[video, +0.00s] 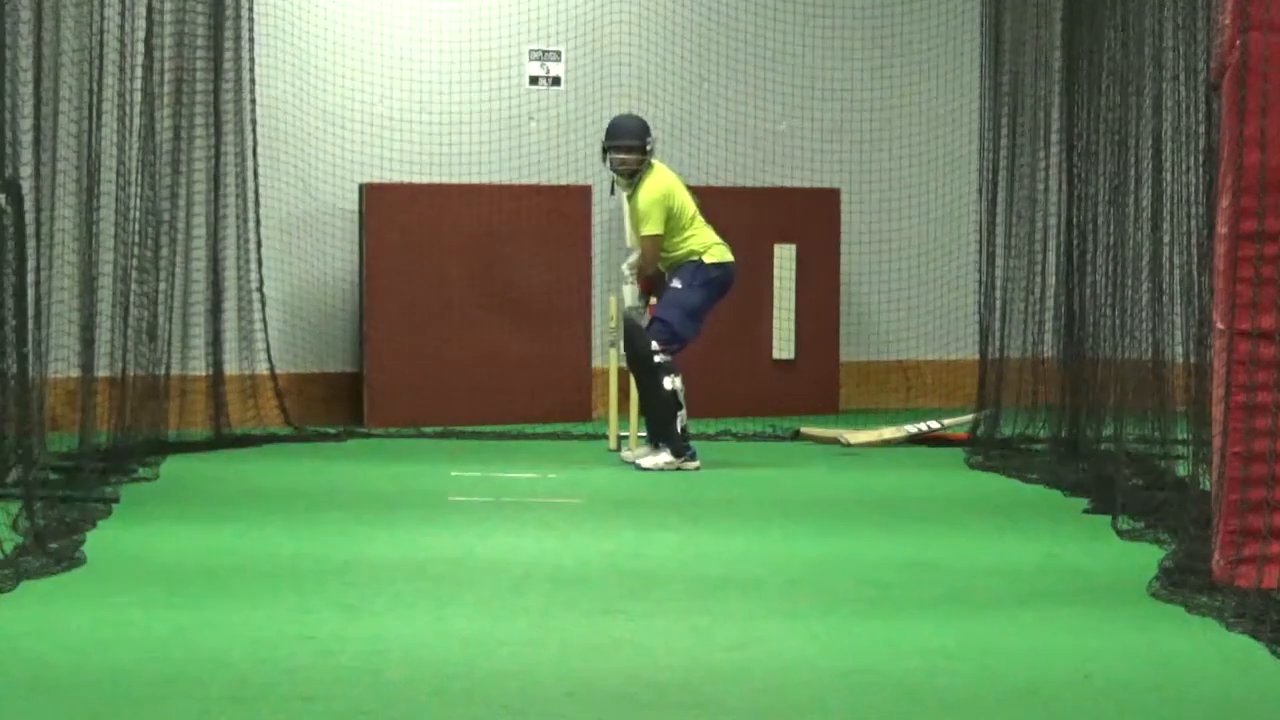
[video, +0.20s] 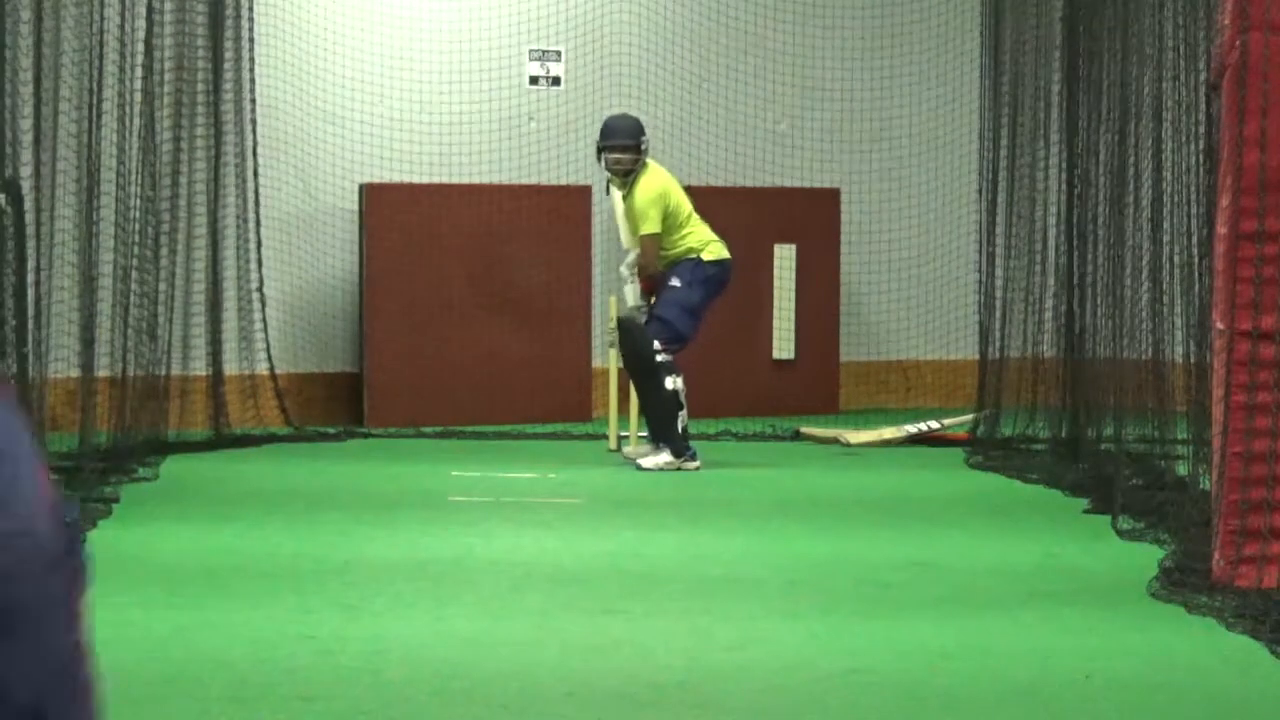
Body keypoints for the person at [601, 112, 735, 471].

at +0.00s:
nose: (625, 159)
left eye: (633, 151)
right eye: (617, 151)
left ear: (646, 152)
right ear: (606, 154)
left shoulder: (652, 189)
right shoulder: (634, 183)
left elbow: (649, 262)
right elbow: (642, 233)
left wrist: (643, 275)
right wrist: (638, 259)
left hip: (707, 263)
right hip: (685, 263)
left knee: (654, 347)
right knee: (645, 346)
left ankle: (678, 449)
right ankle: (659, 442)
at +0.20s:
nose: (619, 159)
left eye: (628, 151)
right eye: (612, 151)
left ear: (641, 152)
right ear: (601, 154)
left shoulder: (648, 188)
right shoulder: (621, 182)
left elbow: (649, 263)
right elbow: (636, 231)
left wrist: (642, 279)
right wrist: (635, 259)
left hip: (703, 260)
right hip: (678, 261)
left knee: (653, 344)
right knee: (641, 342)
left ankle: (678, 449)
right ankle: (661, 440)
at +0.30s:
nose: (616, 160)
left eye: (625, 151)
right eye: (608, 152)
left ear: (636, 153)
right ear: (597, 155)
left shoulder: (644, 189)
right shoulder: (616, 178)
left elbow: (649, 260)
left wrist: (643, 284)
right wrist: (629, 251)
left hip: (699, 258)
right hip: (675, 259)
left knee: (655, 344)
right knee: (645, 342)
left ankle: (677, 448)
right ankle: (664, 439)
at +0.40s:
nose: (611, 165)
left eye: (619, 156)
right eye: (603, 158)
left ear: (631, 157)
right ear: (591, 160)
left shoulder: (643, 193)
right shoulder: (603, 180)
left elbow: (652, 264)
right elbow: (620, 217)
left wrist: (634, 276)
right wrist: (618, 239)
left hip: (698, 254)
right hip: (672, 257)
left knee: (654, 342)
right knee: (642, 341)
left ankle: (672, 446)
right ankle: (662, 438)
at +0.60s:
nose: (604, 192)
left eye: (611, 183)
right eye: (596, 185)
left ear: (622, 175)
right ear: (582, 180)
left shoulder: (640, 200)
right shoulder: (591, 192)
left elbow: (650, 271)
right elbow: (600, 221)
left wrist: (610, 281)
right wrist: (589, 242)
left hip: (694, 256)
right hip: (661, 260)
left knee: (651, 346)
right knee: (643, 349)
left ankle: (630, 440)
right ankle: (664, 441)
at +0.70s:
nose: (601, 191)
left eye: (608, 183)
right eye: (593, 185)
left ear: (620, 173)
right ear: (582, 179)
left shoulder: (641, 184)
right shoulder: (583, 195)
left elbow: (658, 239)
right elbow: (591, 234)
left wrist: (625, 281)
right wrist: (596, 256)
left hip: (681, 257)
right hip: (644, 262)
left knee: (648, 340)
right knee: (614, 342)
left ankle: (622, 443)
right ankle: (663, 438)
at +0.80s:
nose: (602, 188)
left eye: (608, 179)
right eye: (593, 181)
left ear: (621, 170)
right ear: (582, 176)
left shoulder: (639, 166)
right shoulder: (582, 206)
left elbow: (660, 168)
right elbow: (611, 248)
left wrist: (643, 222)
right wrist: (624, 257)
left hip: (675, 254)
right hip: (635, 266)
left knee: (650, 339)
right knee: (619, 344)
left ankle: (623, 442)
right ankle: (663, 437)